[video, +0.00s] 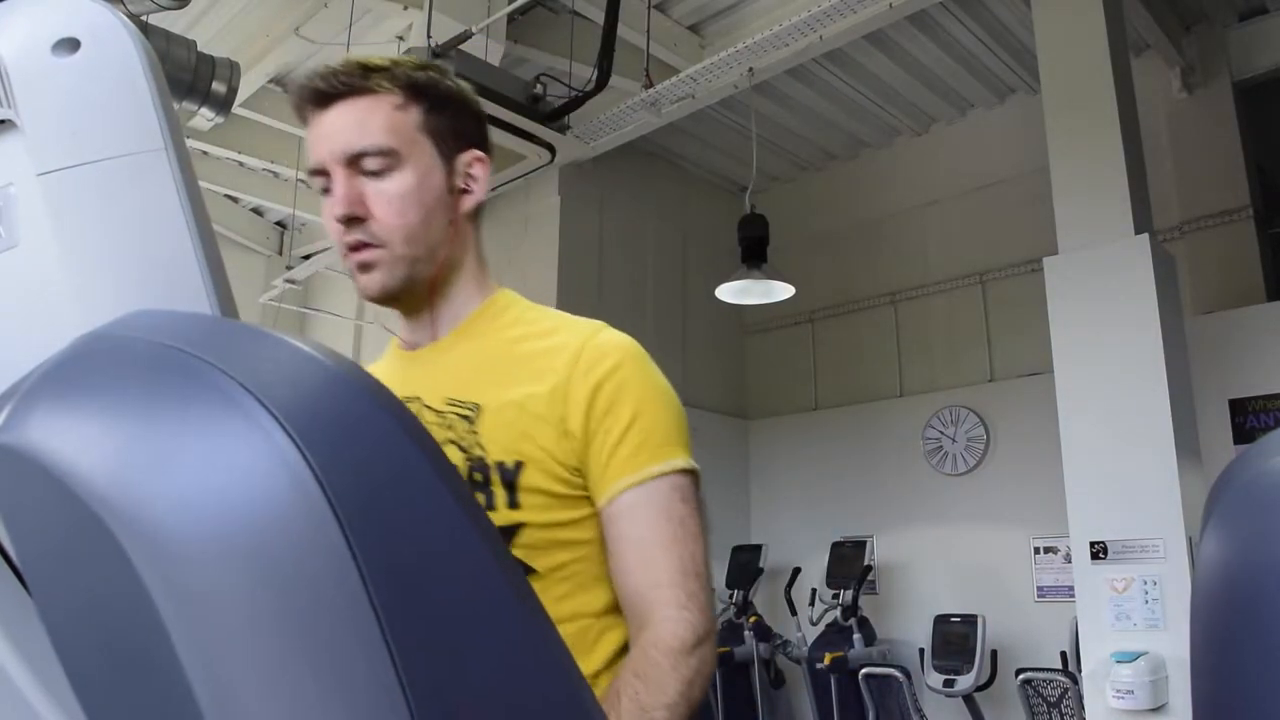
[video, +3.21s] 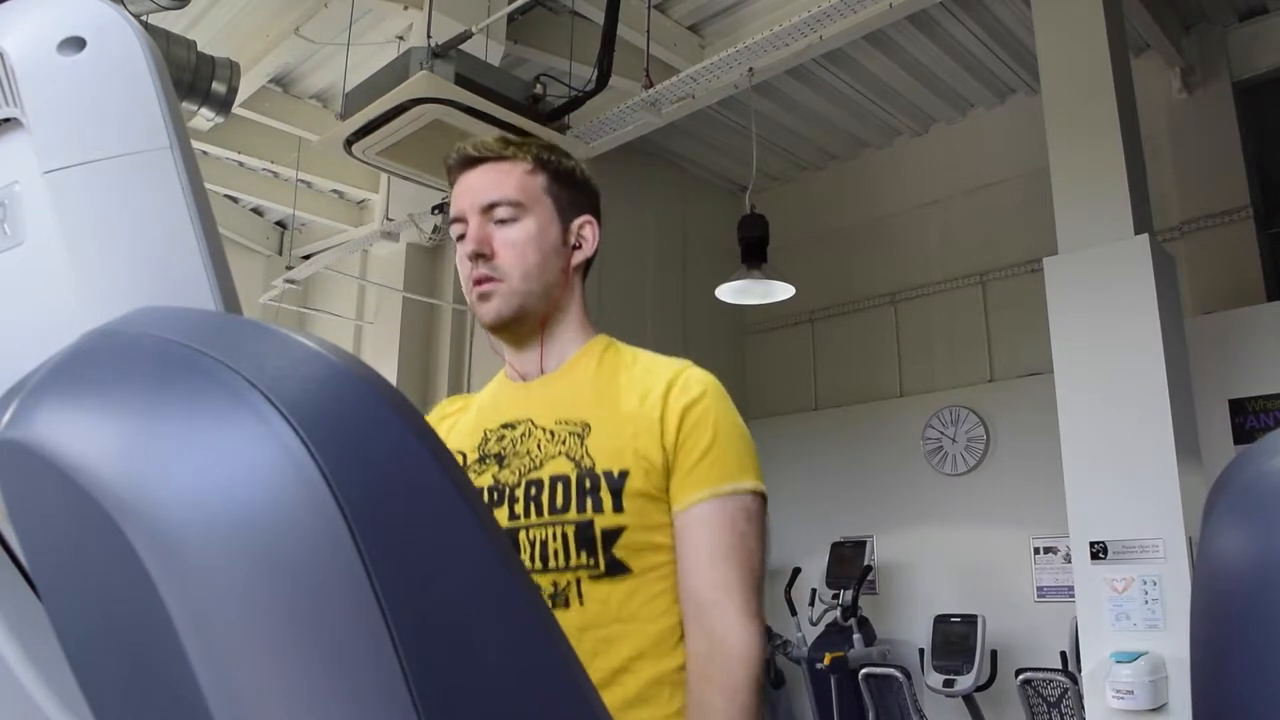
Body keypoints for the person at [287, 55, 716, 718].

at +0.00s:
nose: (340, 210)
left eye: (375, 170)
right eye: (324, 185)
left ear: (468, 181)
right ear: (318, 203)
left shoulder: (597, 369)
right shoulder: (353, 404)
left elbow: (676, 645)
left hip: (579, 701)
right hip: (410, 704)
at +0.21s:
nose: (398, 224)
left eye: (433, 187)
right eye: (384, 200)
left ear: (524, 204)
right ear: (378, 218)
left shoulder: (645, 388)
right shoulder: (394, 420)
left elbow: (697, 664)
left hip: (600, 703)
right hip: (436, 705)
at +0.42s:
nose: (467, 226)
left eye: (504, 194)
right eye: (455, 205)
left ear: (591, 217)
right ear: (447, 224)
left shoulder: (702, 404)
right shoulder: (450, 426)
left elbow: (723, 680)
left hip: (635, 703)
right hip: (469, 703)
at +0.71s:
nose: (555, 225)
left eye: (589, 195)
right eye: (545, 203)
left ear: (669, 216)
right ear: (537, 221)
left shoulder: (760, 391)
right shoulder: (515, 416)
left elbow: (749, 648)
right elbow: (424, 579)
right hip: (537, 701)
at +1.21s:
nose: (495, 238)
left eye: (529, 211)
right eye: (482, 223)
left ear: (607, 237)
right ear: (474, 248)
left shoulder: (708, 410)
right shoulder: (452, 445)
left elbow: (788, 655)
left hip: (677, 703)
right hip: (499, 704)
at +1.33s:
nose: (457, 249)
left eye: (489, 219)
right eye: (445, 231)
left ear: (570, 240)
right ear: (438, 255)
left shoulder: (672, 412)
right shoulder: (440, 440)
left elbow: (715, 687)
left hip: (633, 704)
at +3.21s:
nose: (472, 246)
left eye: (503, 218)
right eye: (460, 230)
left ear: (579, 240)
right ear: (453, 253)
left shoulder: (680, 399)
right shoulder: (440, 433)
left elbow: (724, 636)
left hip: (640, 705)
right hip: (472, 704)